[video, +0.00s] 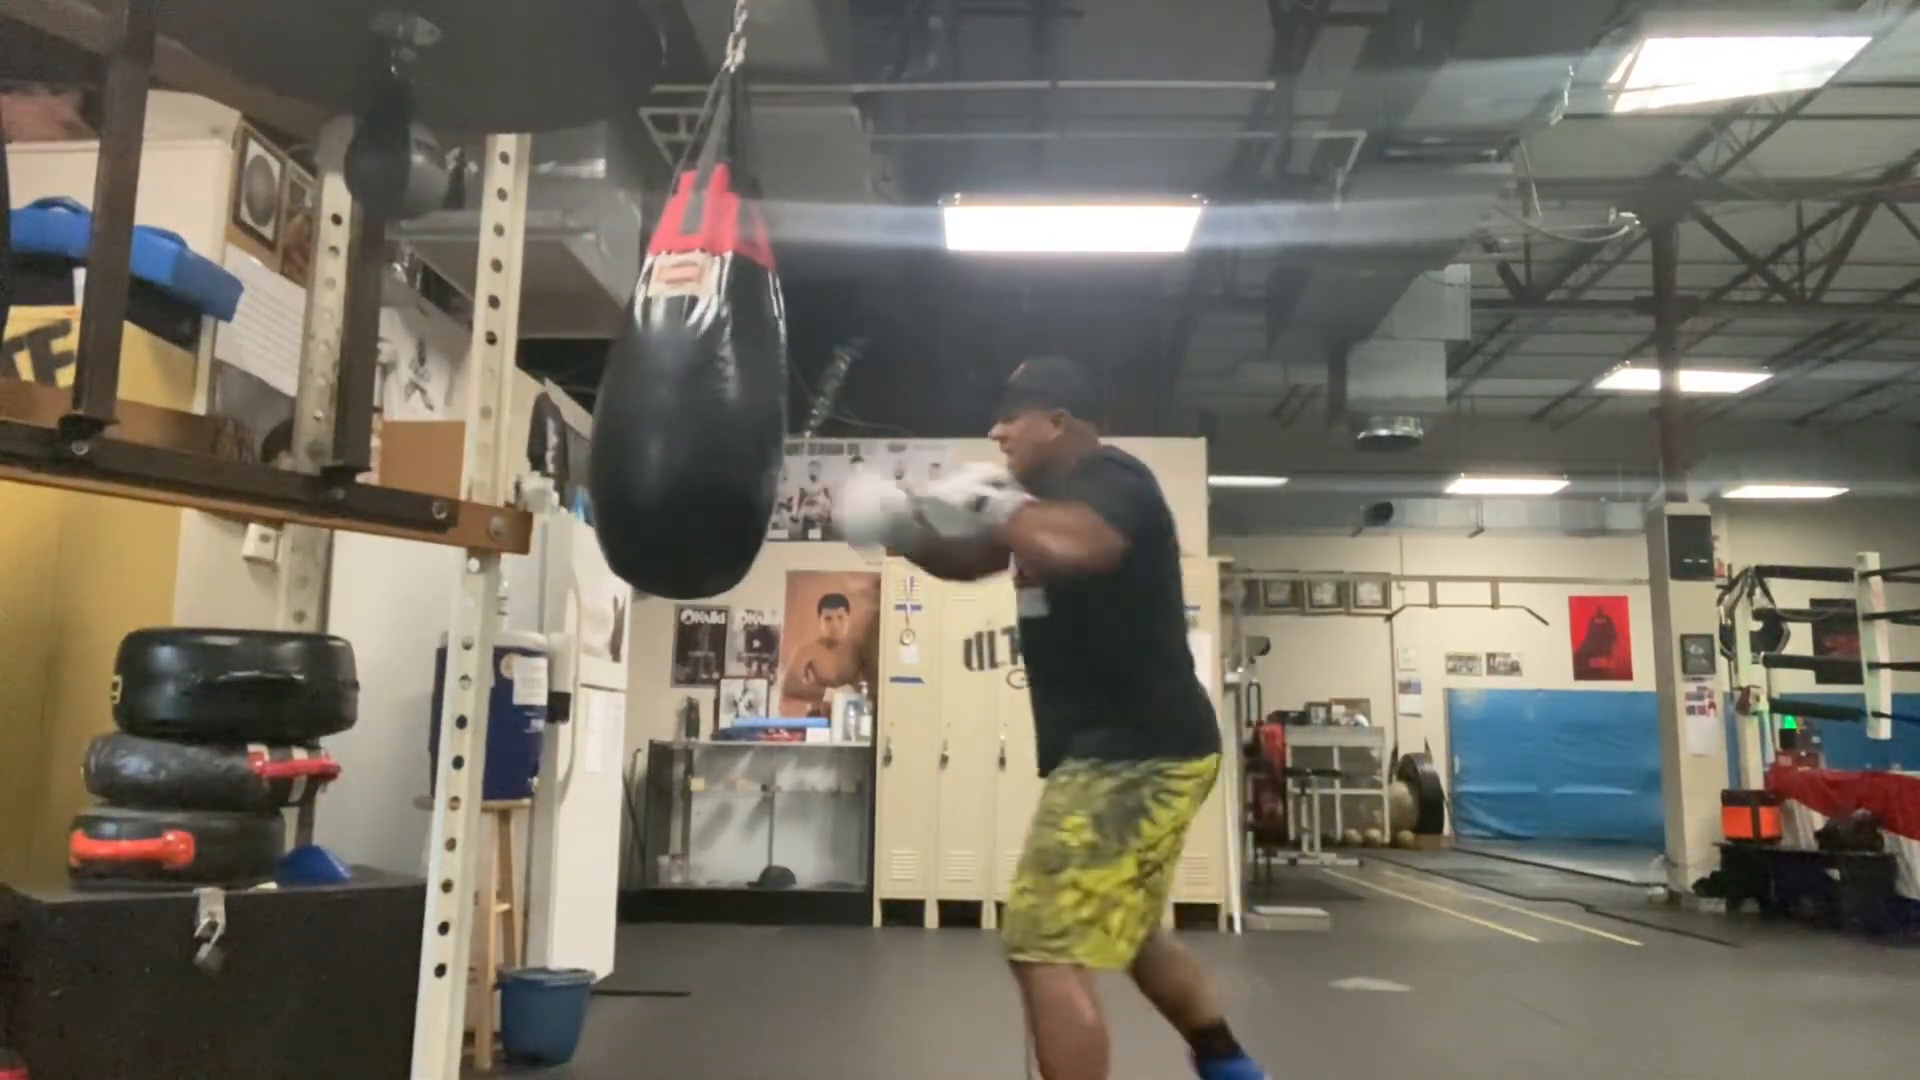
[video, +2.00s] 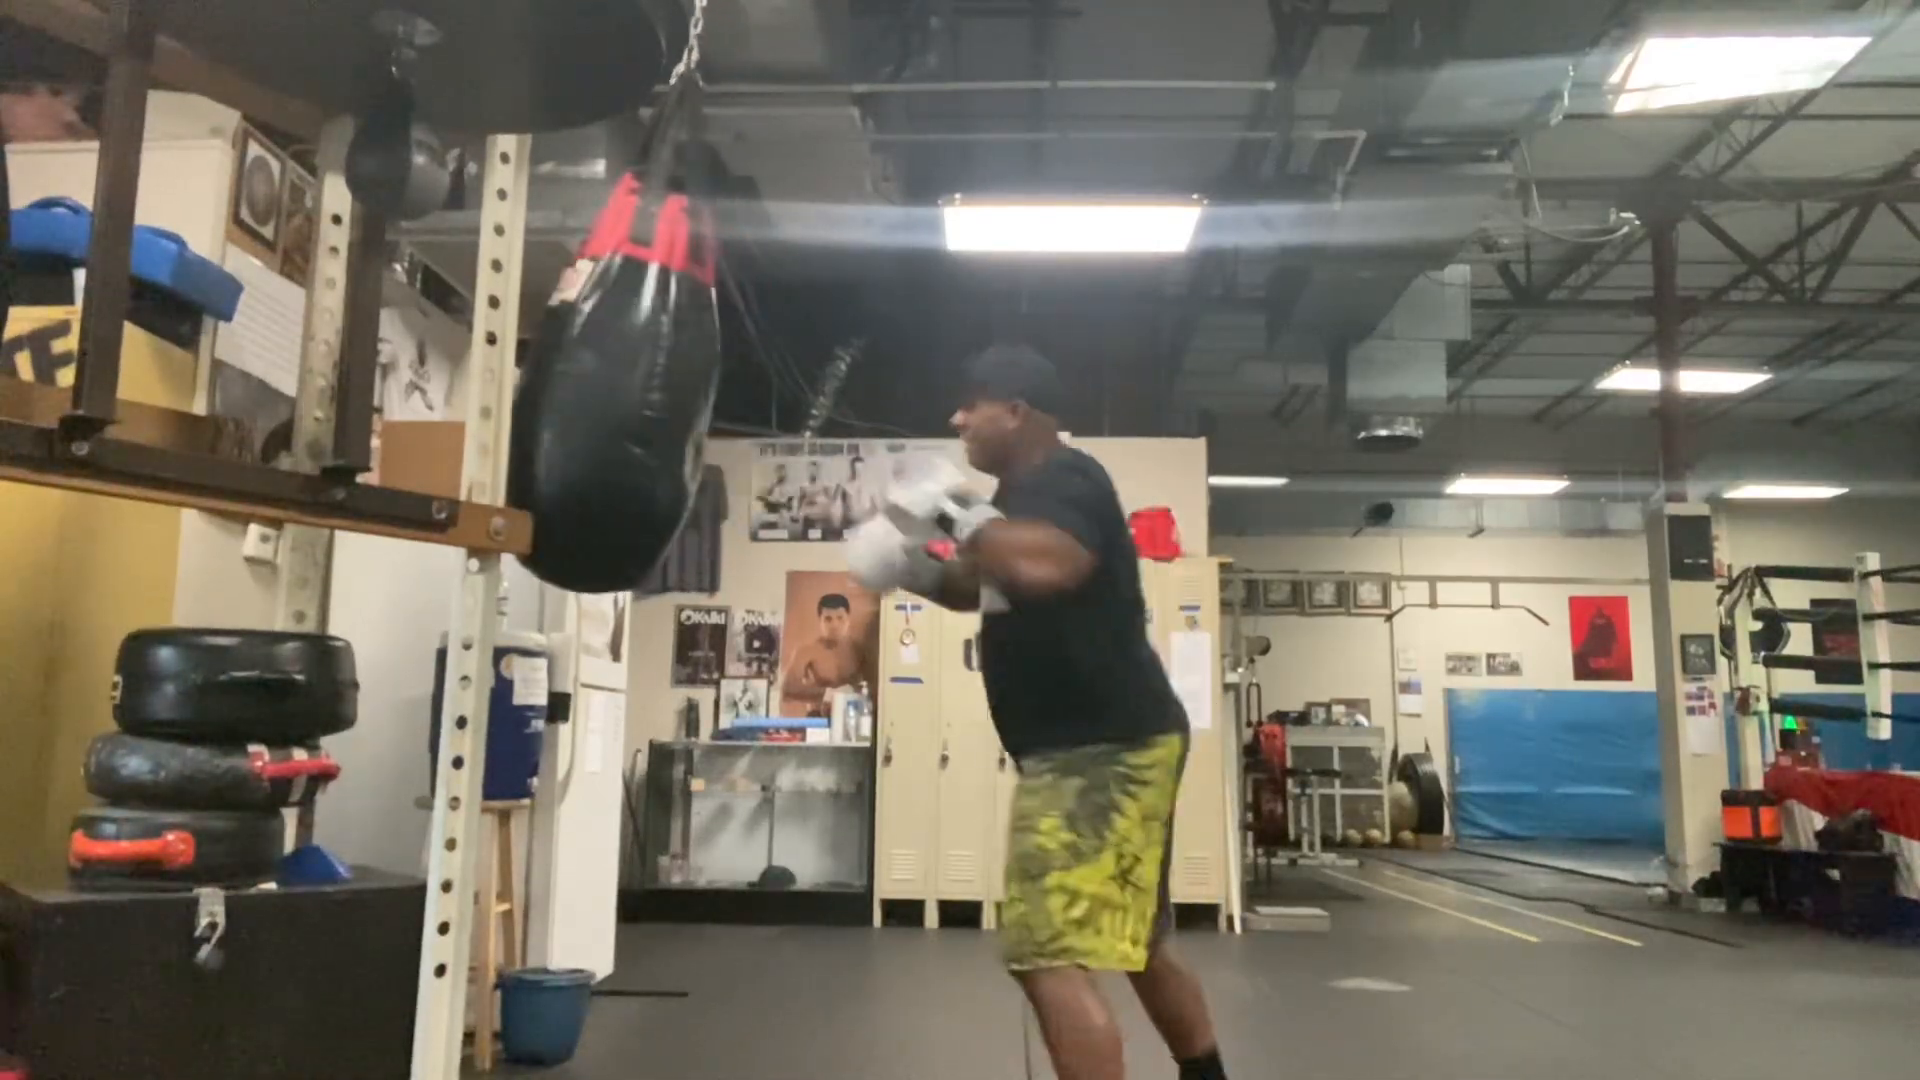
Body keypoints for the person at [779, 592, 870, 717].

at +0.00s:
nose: (835, 625)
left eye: (840, 617)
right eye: (828, 619)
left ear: (848, 619)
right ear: (819, 620)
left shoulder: (856, 651)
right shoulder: (806, 651)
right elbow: (789, 688)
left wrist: (816, 686)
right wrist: (828, 694)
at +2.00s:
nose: (834, 625)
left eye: (840, 618)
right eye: (828, 619)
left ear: (848, 620)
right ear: (819, 621)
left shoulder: (858, 652)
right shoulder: (806, 652)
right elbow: (789, 688)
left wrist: (816, 687)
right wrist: (827, 693)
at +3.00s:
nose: (834, 625)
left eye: (840, 618)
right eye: (828, 619)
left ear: (848, 620)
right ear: (819, 621)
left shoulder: (857, 651)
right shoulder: (808, 652)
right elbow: (790, 688)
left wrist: (816, 685)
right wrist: (828, 693)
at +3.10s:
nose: (834, 625)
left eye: (840, 618)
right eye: (828, 619)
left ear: (847, 620)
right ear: (820, 620)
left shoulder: (858, 651)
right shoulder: (807, 652)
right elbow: (790, 688)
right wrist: (828, 693)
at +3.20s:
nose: (834, 625)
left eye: (840, 618)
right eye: (828, 619)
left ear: (848, 620)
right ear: (819, 620)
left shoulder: (857, 651)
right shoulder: (808, 652)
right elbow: (789, 687)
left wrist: (817, 685)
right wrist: (826, 693)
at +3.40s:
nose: (834, 625)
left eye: (840, 618)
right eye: (828, 619)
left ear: (848, 619)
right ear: (819, 620)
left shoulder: (858, 652)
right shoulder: (807, 652)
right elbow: (789, 688)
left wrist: (816, 686)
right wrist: (827, 693)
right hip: (819, 717)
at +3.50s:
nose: (834, 625)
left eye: (840, 618)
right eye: (828, 619)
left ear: (848, 620)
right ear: (819, 621)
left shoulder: (857, 651)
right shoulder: (808, 652)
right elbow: (789, 688)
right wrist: (825, 693)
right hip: (820, 716)